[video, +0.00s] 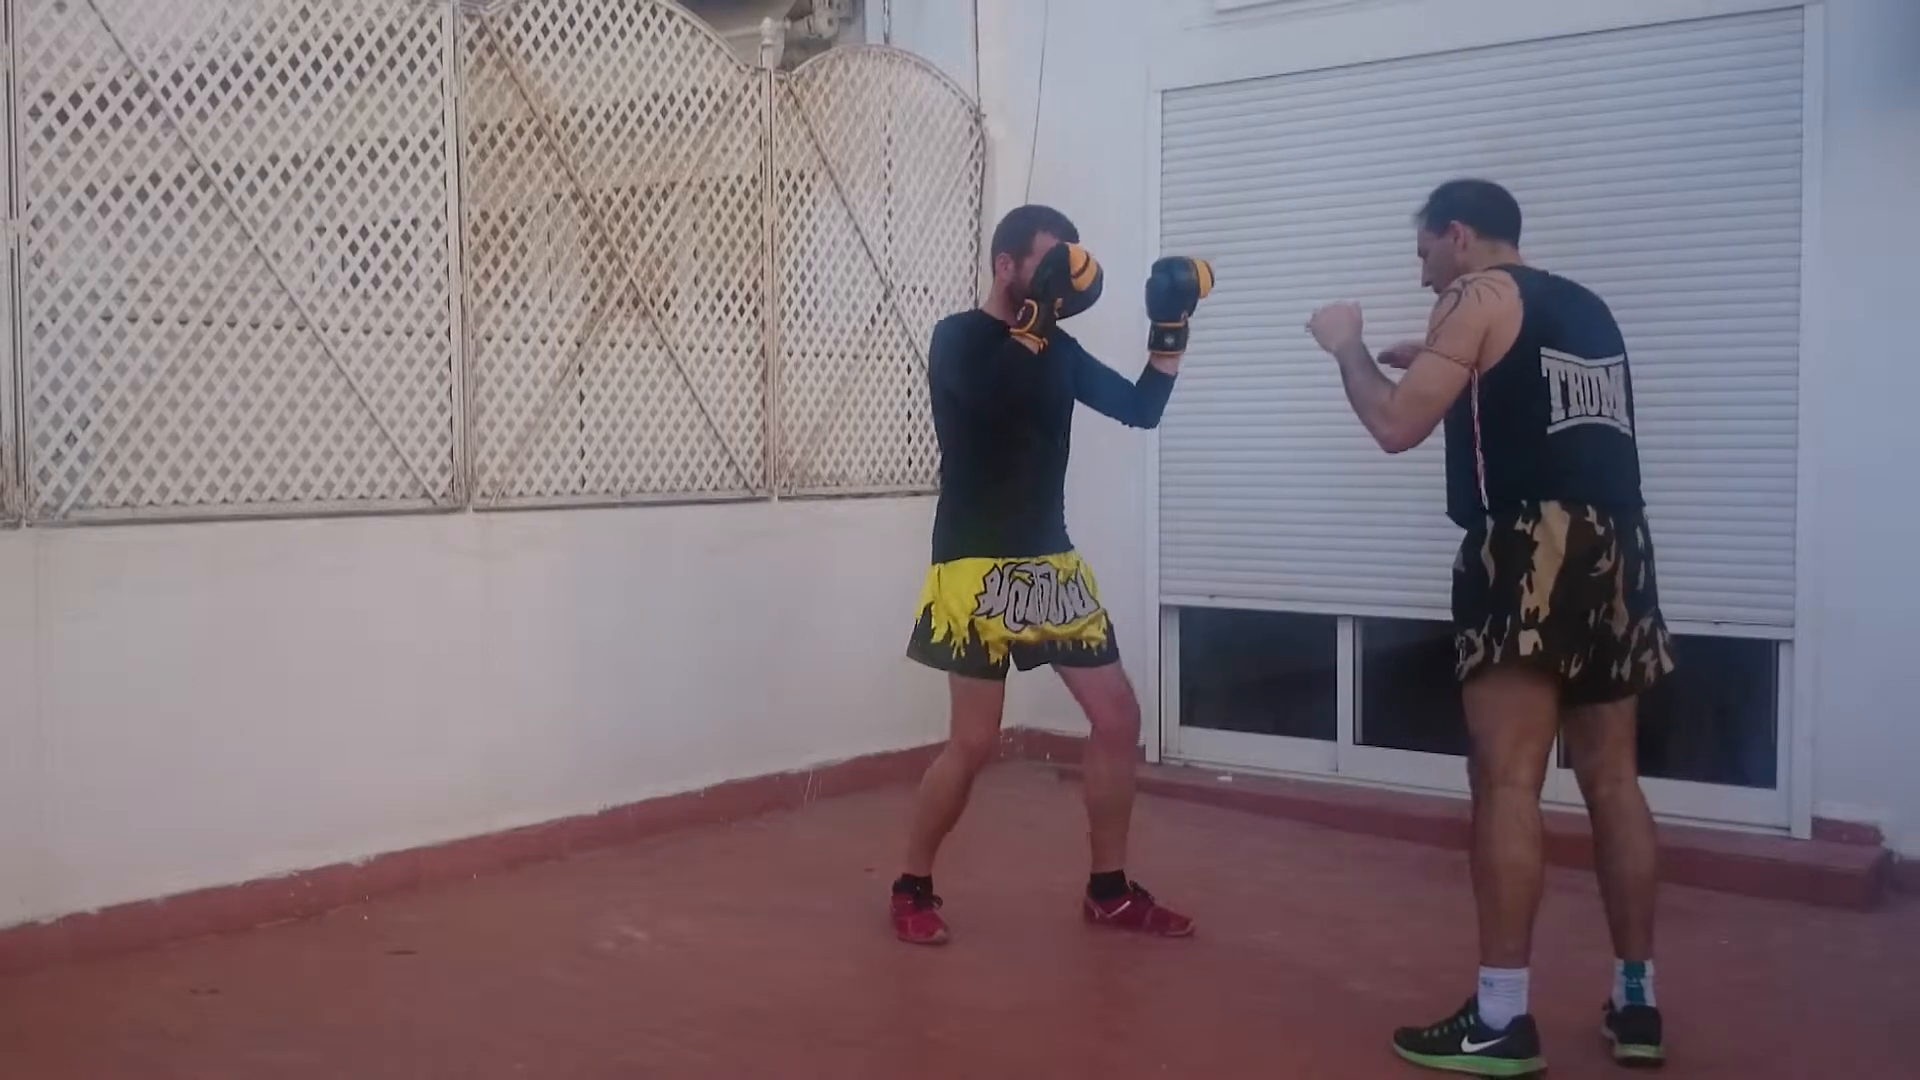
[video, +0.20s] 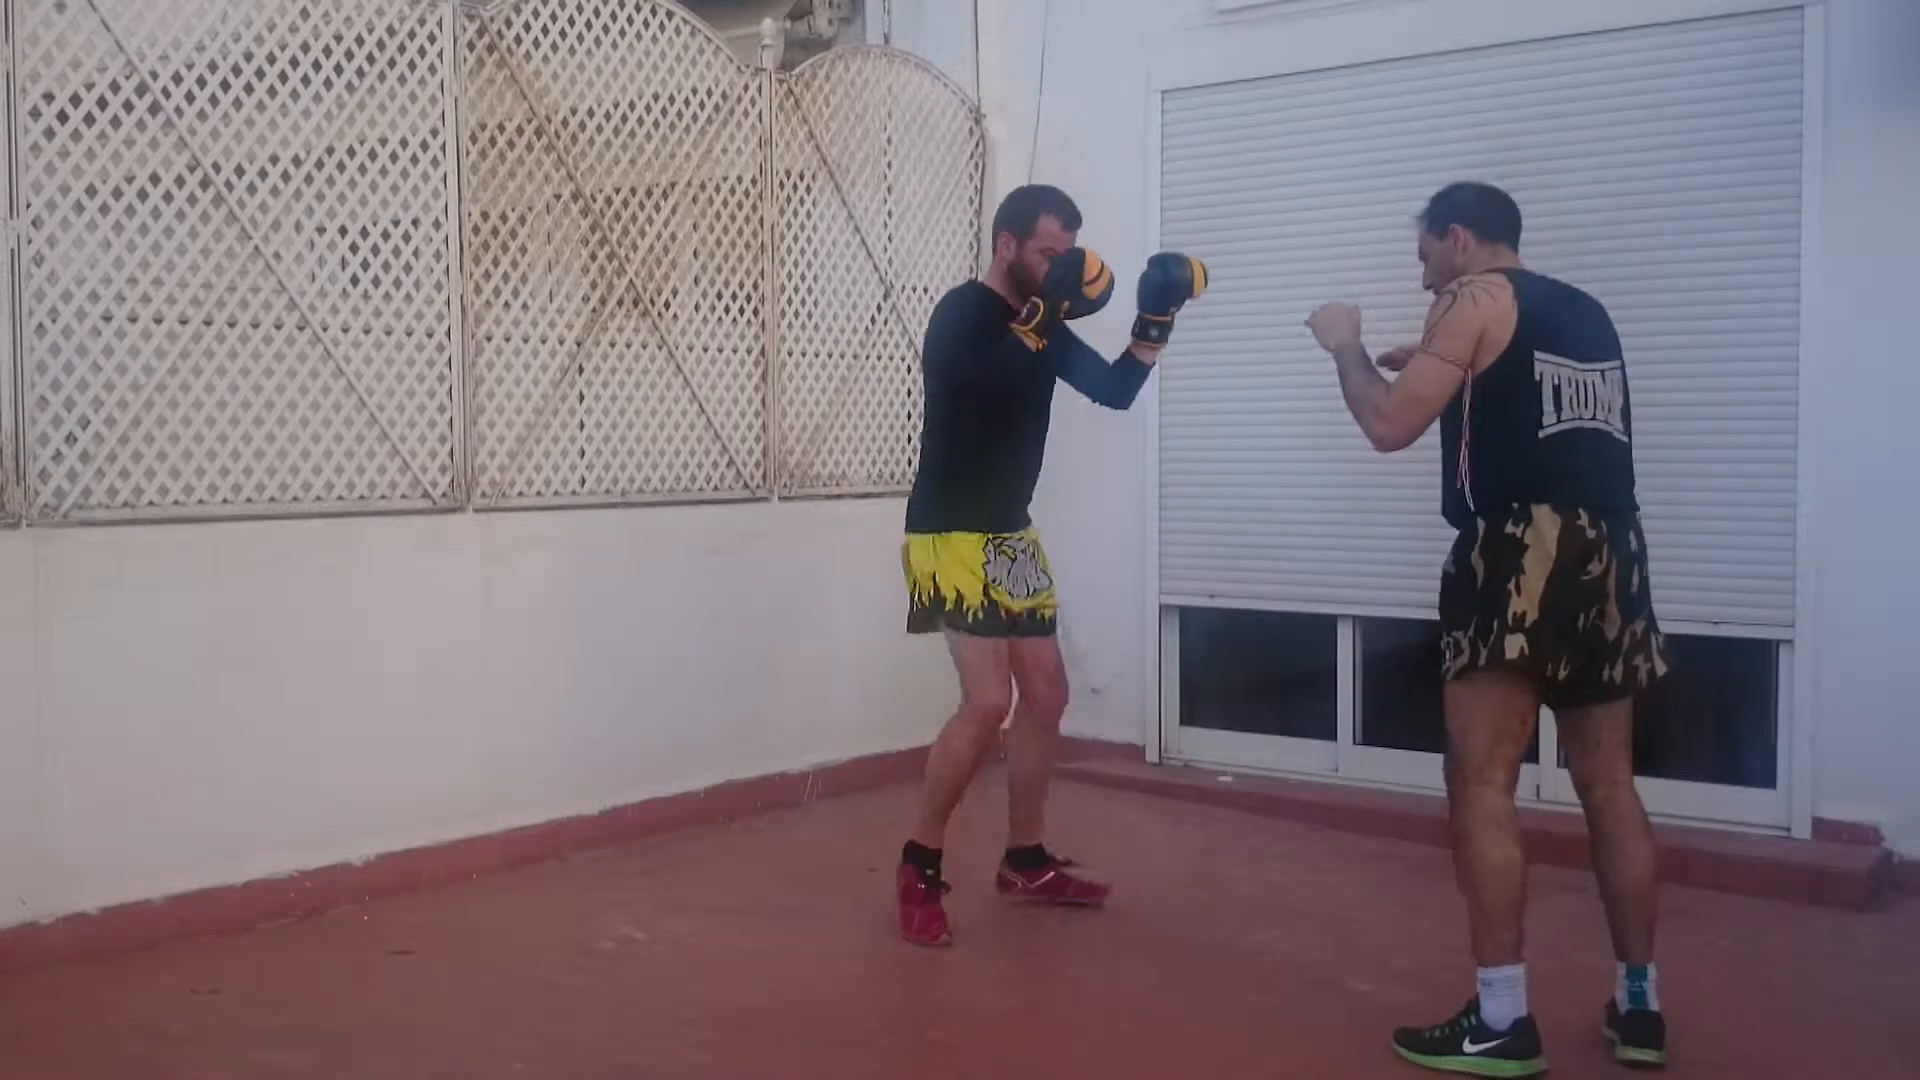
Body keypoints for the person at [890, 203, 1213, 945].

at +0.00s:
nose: (1056, 280)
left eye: (1061, 270)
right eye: (1047, 265)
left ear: (1056, 278)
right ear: (1003, 263)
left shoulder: (1058, 348)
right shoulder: (957, 337)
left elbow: (1142, 408)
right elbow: (982, 400)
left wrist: (1170, 336)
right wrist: (1039, 321)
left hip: (1051, 555)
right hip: (974, 559)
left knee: (1117, 715)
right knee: (975, 742)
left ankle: (1109, 888)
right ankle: (913, 885)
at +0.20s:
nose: (1059, 267)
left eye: (1066, 256)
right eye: (1050, 253)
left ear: (1064, 257)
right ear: (1005, 244)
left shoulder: (1039, 324)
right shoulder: (962, 311)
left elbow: (1114, 389)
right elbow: (1000, 381)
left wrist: (1154, 322)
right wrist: (1054, 314)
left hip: (1010, 531)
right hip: (950, 532)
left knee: (1045, 696)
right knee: (985, 706)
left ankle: (1026, 861)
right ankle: (920, 863)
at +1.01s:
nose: (1026, 282)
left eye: (1030, 269)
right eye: (1015, 269)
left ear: (1018, 268)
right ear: (966, 265)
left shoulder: (1014, 338)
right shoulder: (927, 352)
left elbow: (1075, 410)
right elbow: (949, 432)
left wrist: (1146, 347)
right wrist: (1003, 343)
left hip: (1079, 554)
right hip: (1004, 572)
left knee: (1154, 717)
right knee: (1031, 753)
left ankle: (1203, 890)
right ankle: (982, 911)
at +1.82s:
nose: (1038, 276)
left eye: (1042, 262)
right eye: (1025, 260)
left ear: (1029, 262)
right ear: (976, 255)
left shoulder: (1019, 343)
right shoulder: (945, 335)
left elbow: (1076, 434)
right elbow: (1026, 359)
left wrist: (1105, 361)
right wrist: (1070, 272)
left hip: (1062, 547)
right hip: (1001, 562)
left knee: (1118, 720)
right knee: (1038, 745)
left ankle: (1161, 881)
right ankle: (984, 908)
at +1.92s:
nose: (1031, 266)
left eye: (1035, 253)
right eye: (1017, 251)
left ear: (1029, 253)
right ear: (969, 250)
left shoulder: (1007, 338)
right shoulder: (940, 332)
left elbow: (1044, 445)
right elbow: (974, 398)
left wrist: (1094, 388)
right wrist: (1045, 327)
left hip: (1048, 542)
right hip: (989, 555)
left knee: (1100, 706)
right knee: (1025, 735)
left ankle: (1076, 872)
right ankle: (983, 907)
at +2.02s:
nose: (1026, 253)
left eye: (1030, 240)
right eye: (1012, 239)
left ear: (1022, 244)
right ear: (965, 241)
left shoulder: (1010, 330)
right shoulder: (933, 329)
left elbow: (1034, 437)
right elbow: (924, 448)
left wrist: (1095, 395)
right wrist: (1005, 416)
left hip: (1032, 541)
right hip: (978, 551)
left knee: (1056, 711)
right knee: (1009, 727)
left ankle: (983, 847)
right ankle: (982, 904)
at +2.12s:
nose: (1024, 248)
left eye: (1028, 236)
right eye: (1010, 236)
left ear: (1022, 243)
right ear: (964, 240)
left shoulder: (1008, 335)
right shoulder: (926, 329)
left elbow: (1016, 447)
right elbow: (874, 440)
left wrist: (1086, 412)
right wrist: (935, 470)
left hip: (1012, 542)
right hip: (965, 549)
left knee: (983, 711)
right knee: (999, 721)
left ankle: (932, 850)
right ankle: (984, 902)